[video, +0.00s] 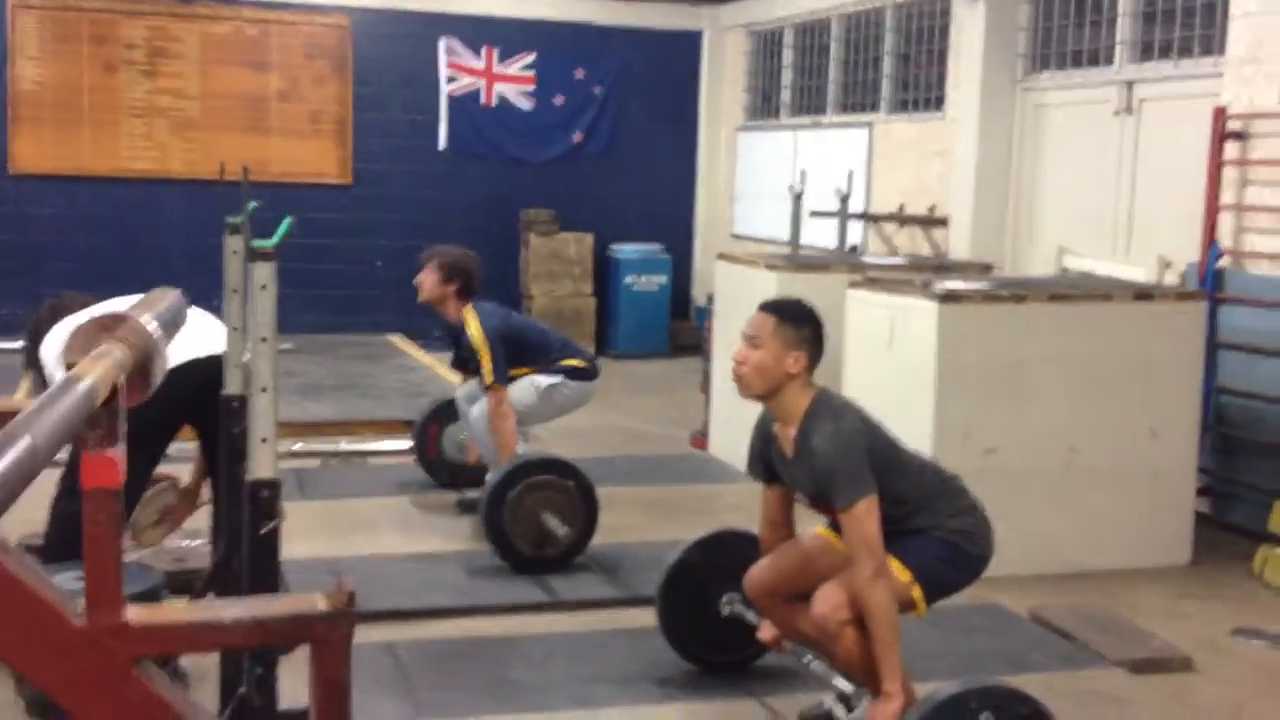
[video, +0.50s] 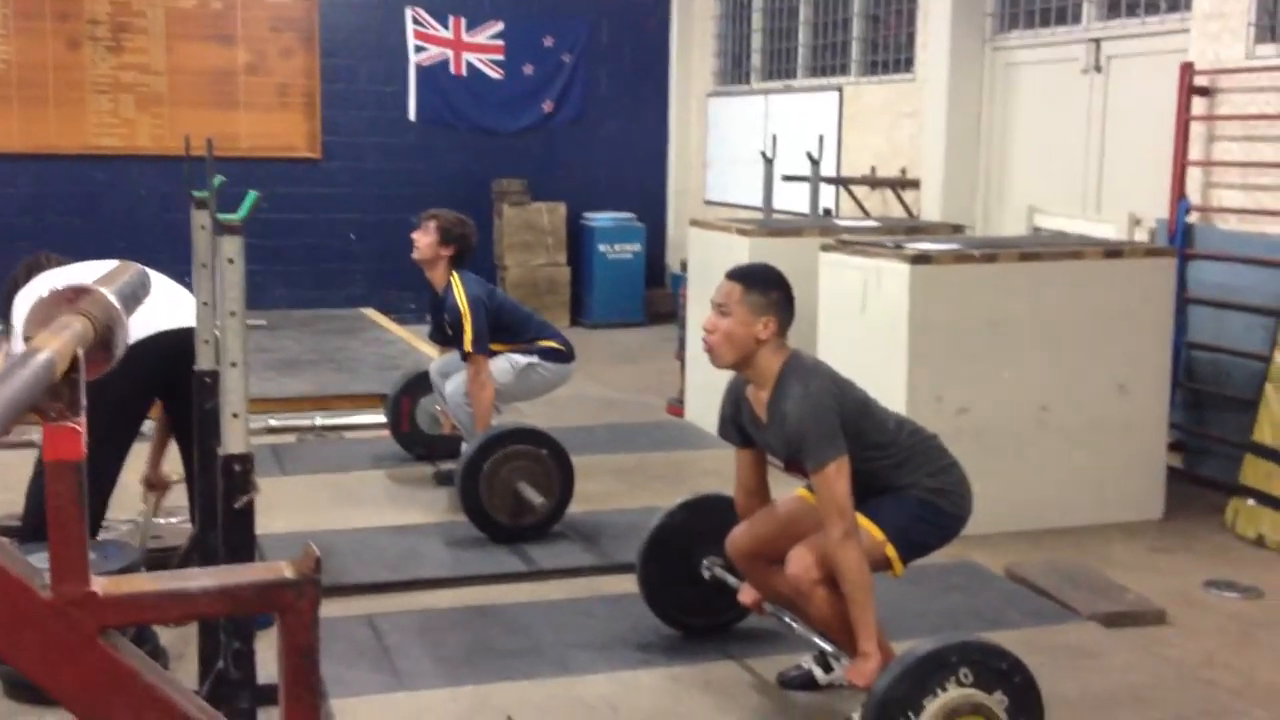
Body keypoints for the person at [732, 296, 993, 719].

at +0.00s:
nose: (737, 357)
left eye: (753, 345)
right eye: (743, 343)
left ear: (796, 363)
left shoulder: (835, 434)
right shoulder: (772, 428)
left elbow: (872, 569)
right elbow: (776, 528)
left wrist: (892, 690)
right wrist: (777, 613)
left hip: (952, 535)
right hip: (888, 524)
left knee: (831, 607)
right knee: (763, 584)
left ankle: (898, 696)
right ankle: (867, 681)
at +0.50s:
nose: (706, 325)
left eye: (722, 313)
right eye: (711, 310)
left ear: (765, 328)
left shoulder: (806, 396)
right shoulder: (743, 393)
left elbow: (843, 532)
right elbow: (751, 496)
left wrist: (868, 651)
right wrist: (758, 576)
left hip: (931, 495)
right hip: (871, 481)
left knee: (805, 565)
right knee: (746, 547)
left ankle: (881, 661)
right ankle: (842, 648)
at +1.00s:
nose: (687, 291)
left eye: (701, 281)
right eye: (690, 278)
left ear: (744, 294)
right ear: (740, 296)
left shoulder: (789, 365)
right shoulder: (729, 360)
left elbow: (824, 500)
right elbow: (733, 463)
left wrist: (845, 620)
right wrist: (734, 548)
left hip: (913, 443)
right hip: (854, 432)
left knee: (797, 529)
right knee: (733, 516)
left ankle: (870, 659)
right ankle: (820, 620)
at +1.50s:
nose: (745, 27)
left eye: (764, 20)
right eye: (750, 17)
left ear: (799, 44)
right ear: (770, 45)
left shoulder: (812, 126)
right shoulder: (750, 127)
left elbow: (815, 254)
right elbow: (731, 229)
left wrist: (820, 363)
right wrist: (715, 314)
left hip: (888, 304)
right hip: (830, 294)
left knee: (841, 450)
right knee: (781, 423)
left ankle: (855, 630)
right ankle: (803, 588)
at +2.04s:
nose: (798, 140)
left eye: (814, 134)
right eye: (806, 131)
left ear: (848, 160)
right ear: (831, 160)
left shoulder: (835, 235)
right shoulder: (780, 232)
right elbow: (661, 252)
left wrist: (802, 210)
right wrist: (714, 194)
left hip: (865, 422)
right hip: (811, 413)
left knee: (773, 541)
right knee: (698, 483)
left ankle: (857, 652)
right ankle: (785, 599)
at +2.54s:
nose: (798, 297)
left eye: (815, 290)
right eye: (804, 287)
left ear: (852, 317)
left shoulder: (855, 388)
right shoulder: (785, 377)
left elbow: (750, 434)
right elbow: (676, 401)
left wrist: (821, 362)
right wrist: (740, 342)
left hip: (898, 542)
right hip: (822, 519)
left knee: (808, 555)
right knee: (705, 502)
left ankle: (871, 662)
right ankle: (802, 611)